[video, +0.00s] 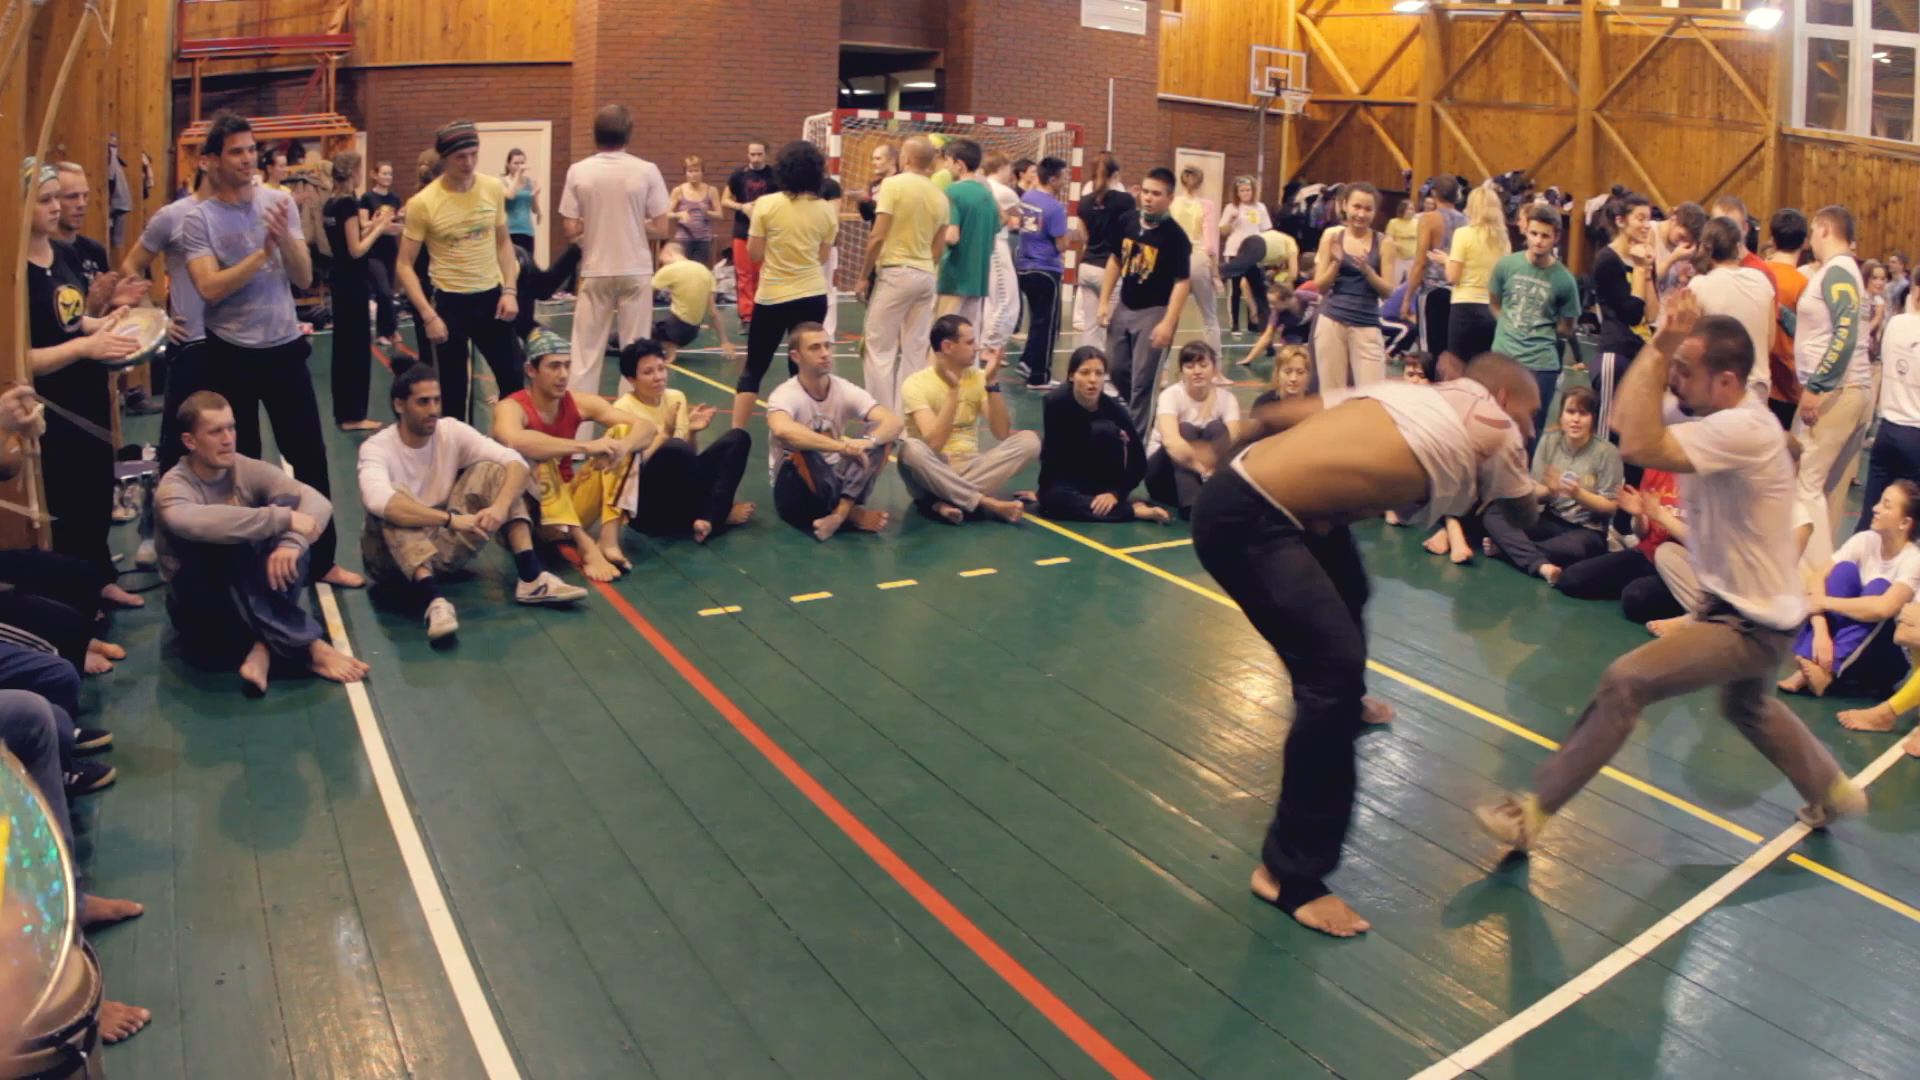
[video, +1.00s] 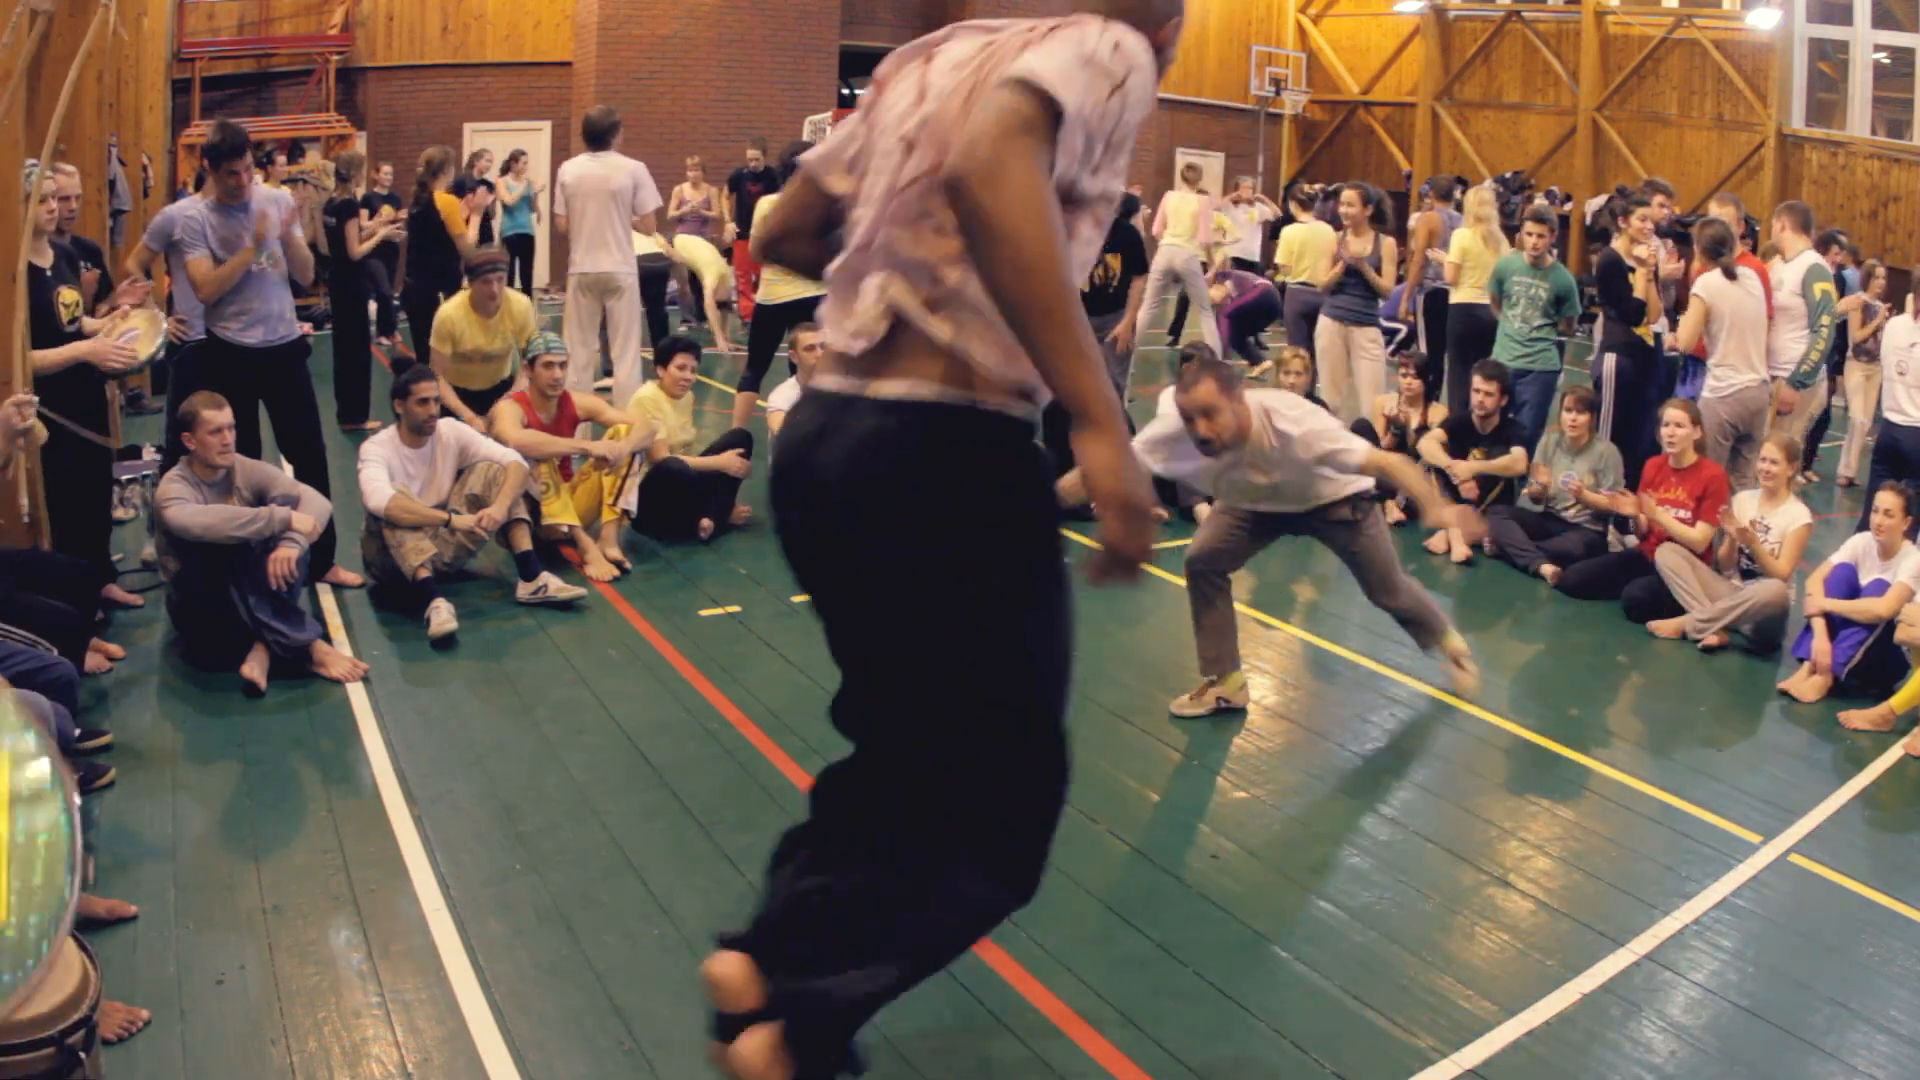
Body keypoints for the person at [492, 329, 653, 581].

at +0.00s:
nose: (563, 375)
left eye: (567, 366)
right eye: (554, 367)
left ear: (572, 367)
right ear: (531, 370)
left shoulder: (583, 403)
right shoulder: (511, 407)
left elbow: (646, 427)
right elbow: (514, 441)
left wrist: (624, 445)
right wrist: (585, 446)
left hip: (570, 507)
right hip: (525, 513)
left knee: (621, 448)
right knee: (541, 464)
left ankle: (609, 538)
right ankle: (587, 546)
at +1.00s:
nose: (557, 375)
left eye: (562, 366)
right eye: (548, 366)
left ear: (568, 367)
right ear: (528, 369)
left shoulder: (579, 402)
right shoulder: (509, 407)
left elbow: (646, 427)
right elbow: (515, 440)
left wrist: (624, 447)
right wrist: (587, 446)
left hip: (571, 507)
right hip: (527, 514)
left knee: (623, 432)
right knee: (540, 464)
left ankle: (609, 537)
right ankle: (587, 546)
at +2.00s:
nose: (558, 375)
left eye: (564, 367)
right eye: (549, 367)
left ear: (570, 370)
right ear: (531, 370)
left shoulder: (580, 404)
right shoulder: (510, 407)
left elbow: (646, 426)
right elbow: (513, 440)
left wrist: (621, 445)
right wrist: (584, 446)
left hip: (571, 506)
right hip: (527, 510)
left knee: (622, 432)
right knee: (542, 465)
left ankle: (609, 537)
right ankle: (586, 545)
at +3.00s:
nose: (562, 381)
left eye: (567, 373)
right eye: (553, 373)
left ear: (572, 372)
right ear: (532, 373)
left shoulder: (579, 403)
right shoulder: (511, 407)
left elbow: (646, 429)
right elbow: (512, 438)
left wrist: (622, 449)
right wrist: (585, 448)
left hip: (572, 505)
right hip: (528, 511)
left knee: (623, 432)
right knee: (543, 466)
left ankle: (609, 536)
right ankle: (587, 546)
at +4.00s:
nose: (563, 382)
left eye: (567, 373)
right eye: (554, 373)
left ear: (572, 372)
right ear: (531, 374)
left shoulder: (578, 402)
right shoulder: (510, 407)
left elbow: (646, 428)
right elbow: (508, 439)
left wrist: (625, 451)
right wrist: (583, 450)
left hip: (572, 504)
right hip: (528, 510)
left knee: (623, 432)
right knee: (542, 466)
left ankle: (609, 536)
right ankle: (587, 546)